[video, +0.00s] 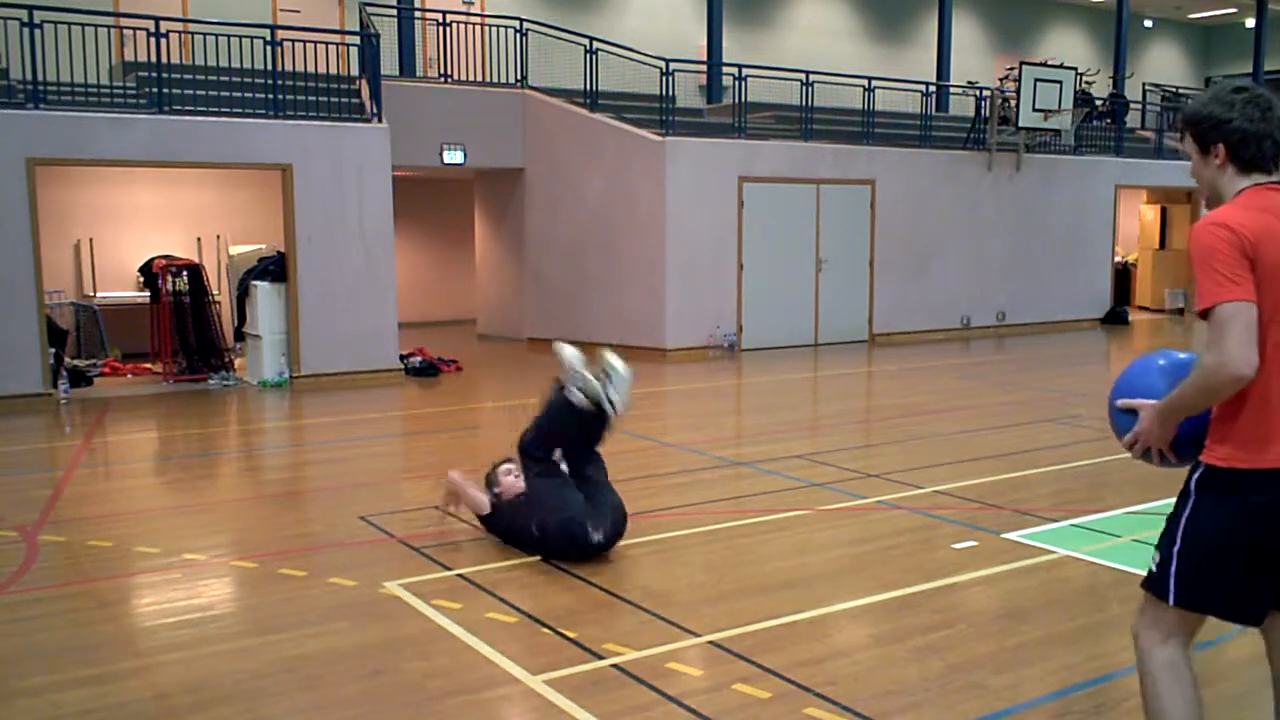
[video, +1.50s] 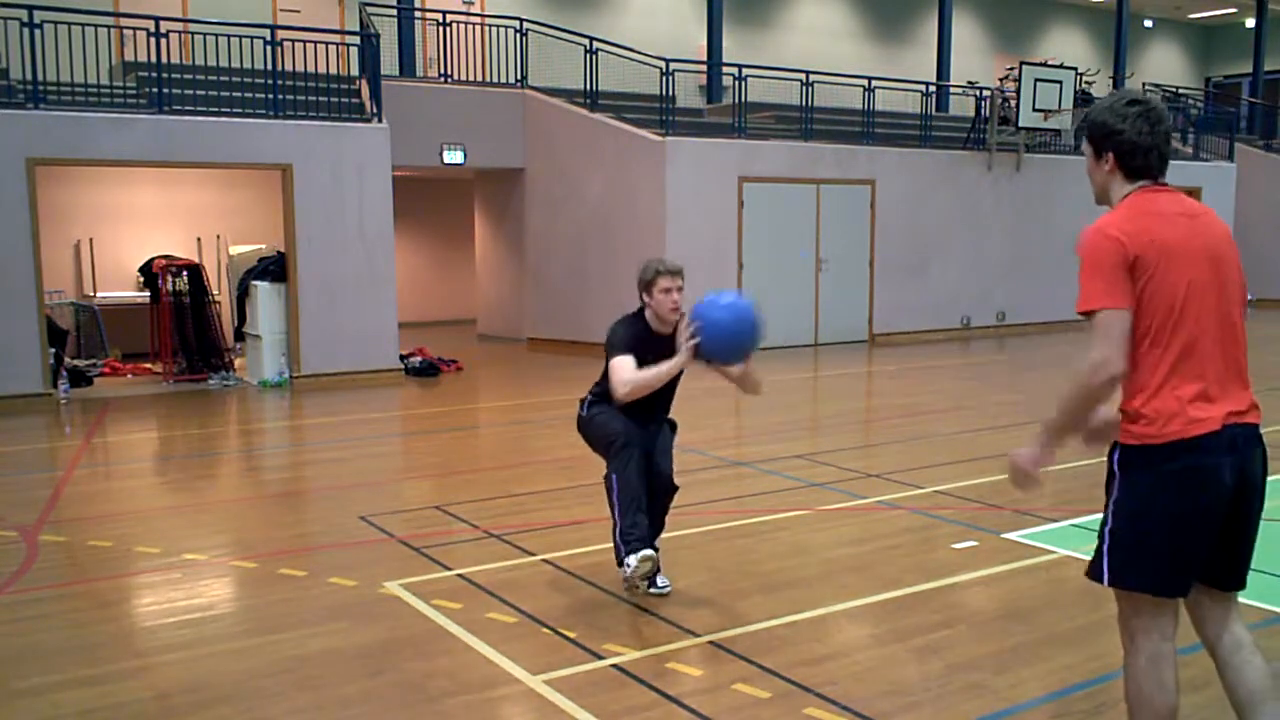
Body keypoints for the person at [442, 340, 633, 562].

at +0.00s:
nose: (518, 475)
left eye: (519, 472)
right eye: (509, 474)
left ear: (527, 475)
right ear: (496, 490)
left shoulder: (549, 486)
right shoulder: (498, 512)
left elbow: (570, 453)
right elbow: (456, 480)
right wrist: (454, 496)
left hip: (609, 523)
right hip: (570, 531)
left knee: (581, 454)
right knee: (531, 450)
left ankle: (602, 408)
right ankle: (574, 399)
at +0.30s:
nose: (565, 428)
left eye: (569, 421)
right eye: (556, 422)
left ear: (575, 424)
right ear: (541, 429)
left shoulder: (589, 459)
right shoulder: (529, 464)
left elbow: (637, 460)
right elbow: (539, 478)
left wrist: (666, 431)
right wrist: (575, 438)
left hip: (620, 538)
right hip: (580, 549)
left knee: (623, 444)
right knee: (603, 493)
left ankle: (637, 542)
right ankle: (670, 540)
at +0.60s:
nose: (637, 402)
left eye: (642, 395)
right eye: (629, 395)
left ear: (647, 395)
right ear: (610, 393)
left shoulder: (655, 424)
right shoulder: (587, 421)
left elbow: (716, 439)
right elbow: (607, 447)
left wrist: (770, 439)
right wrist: (655, 443)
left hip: (631, 518)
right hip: (588, 524)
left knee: (656, 464)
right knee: (617, 515)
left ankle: (640, 564)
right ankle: (699, 581)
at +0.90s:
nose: (671, 383)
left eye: (677, 376)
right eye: (663, 376)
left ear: (682, 375)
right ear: (643, 375)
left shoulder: (684, 401)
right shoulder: (624, 395)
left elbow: (741, 404)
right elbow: (631, 411)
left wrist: (789, 396)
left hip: (638, 496)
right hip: (594, 495)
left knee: (676, 477)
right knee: (637, 468)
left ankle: (642, 565)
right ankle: (684, 571)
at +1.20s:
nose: (681, 331)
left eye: (685, 324)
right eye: (673, 325)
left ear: (689, 326)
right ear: (652, 328)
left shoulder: (695, 357)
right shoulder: (632, 351)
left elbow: (748, 368)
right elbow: (642, 370)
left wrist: (787, 360)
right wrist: (696, 356)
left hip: (650, 439)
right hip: (602, 431)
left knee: (664, 482)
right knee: (632, 458)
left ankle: (637, 563)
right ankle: (644, 561)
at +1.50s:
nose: (676, 298)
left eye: (679, 290)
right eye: (666, 292)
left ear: (684, 293)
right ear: (646, 298)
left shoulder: (688, 331)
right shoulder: (625, 331)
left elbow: (751, 386)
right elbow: (622, 389)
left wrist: (739, 361)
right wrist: (679, 359)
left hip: (653, 420)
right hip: (607, 413)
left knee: (661, 483)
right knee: (627, 444)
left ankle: (645, 561)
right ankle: (634, 555)